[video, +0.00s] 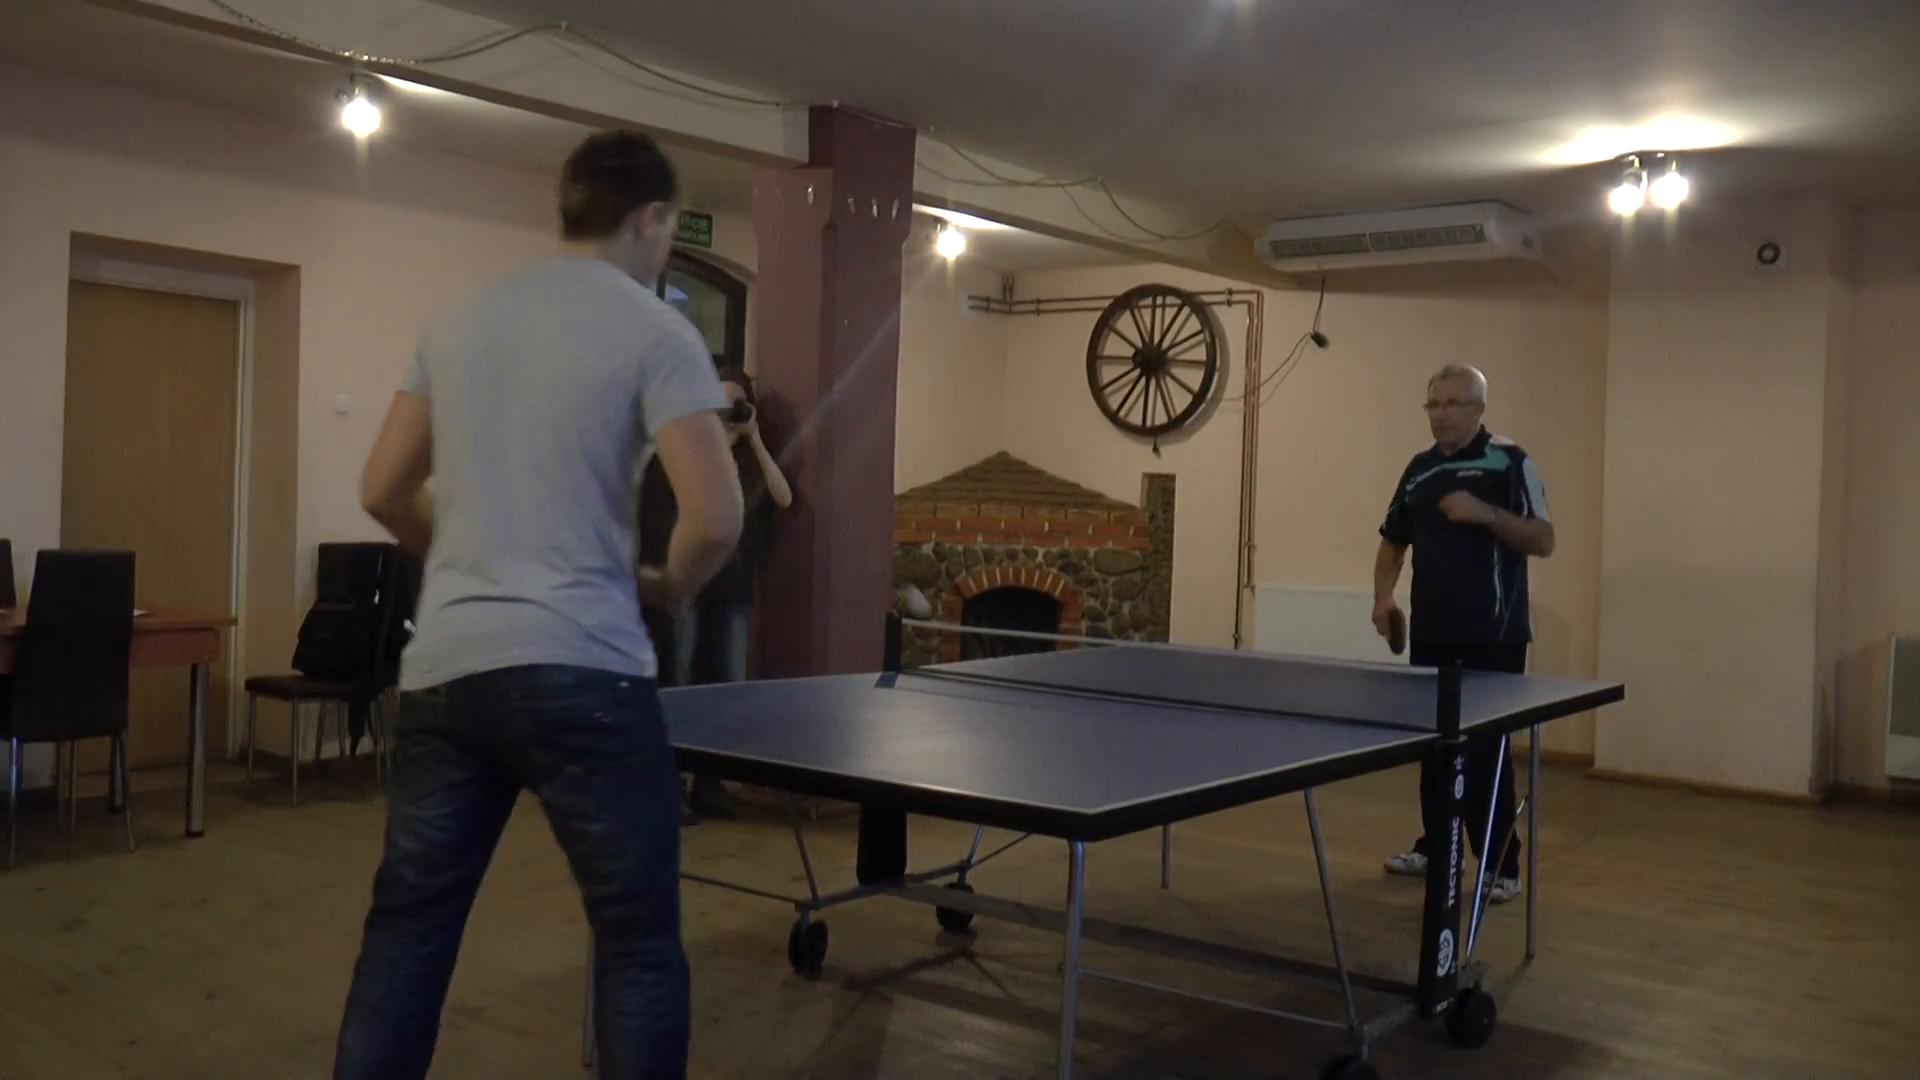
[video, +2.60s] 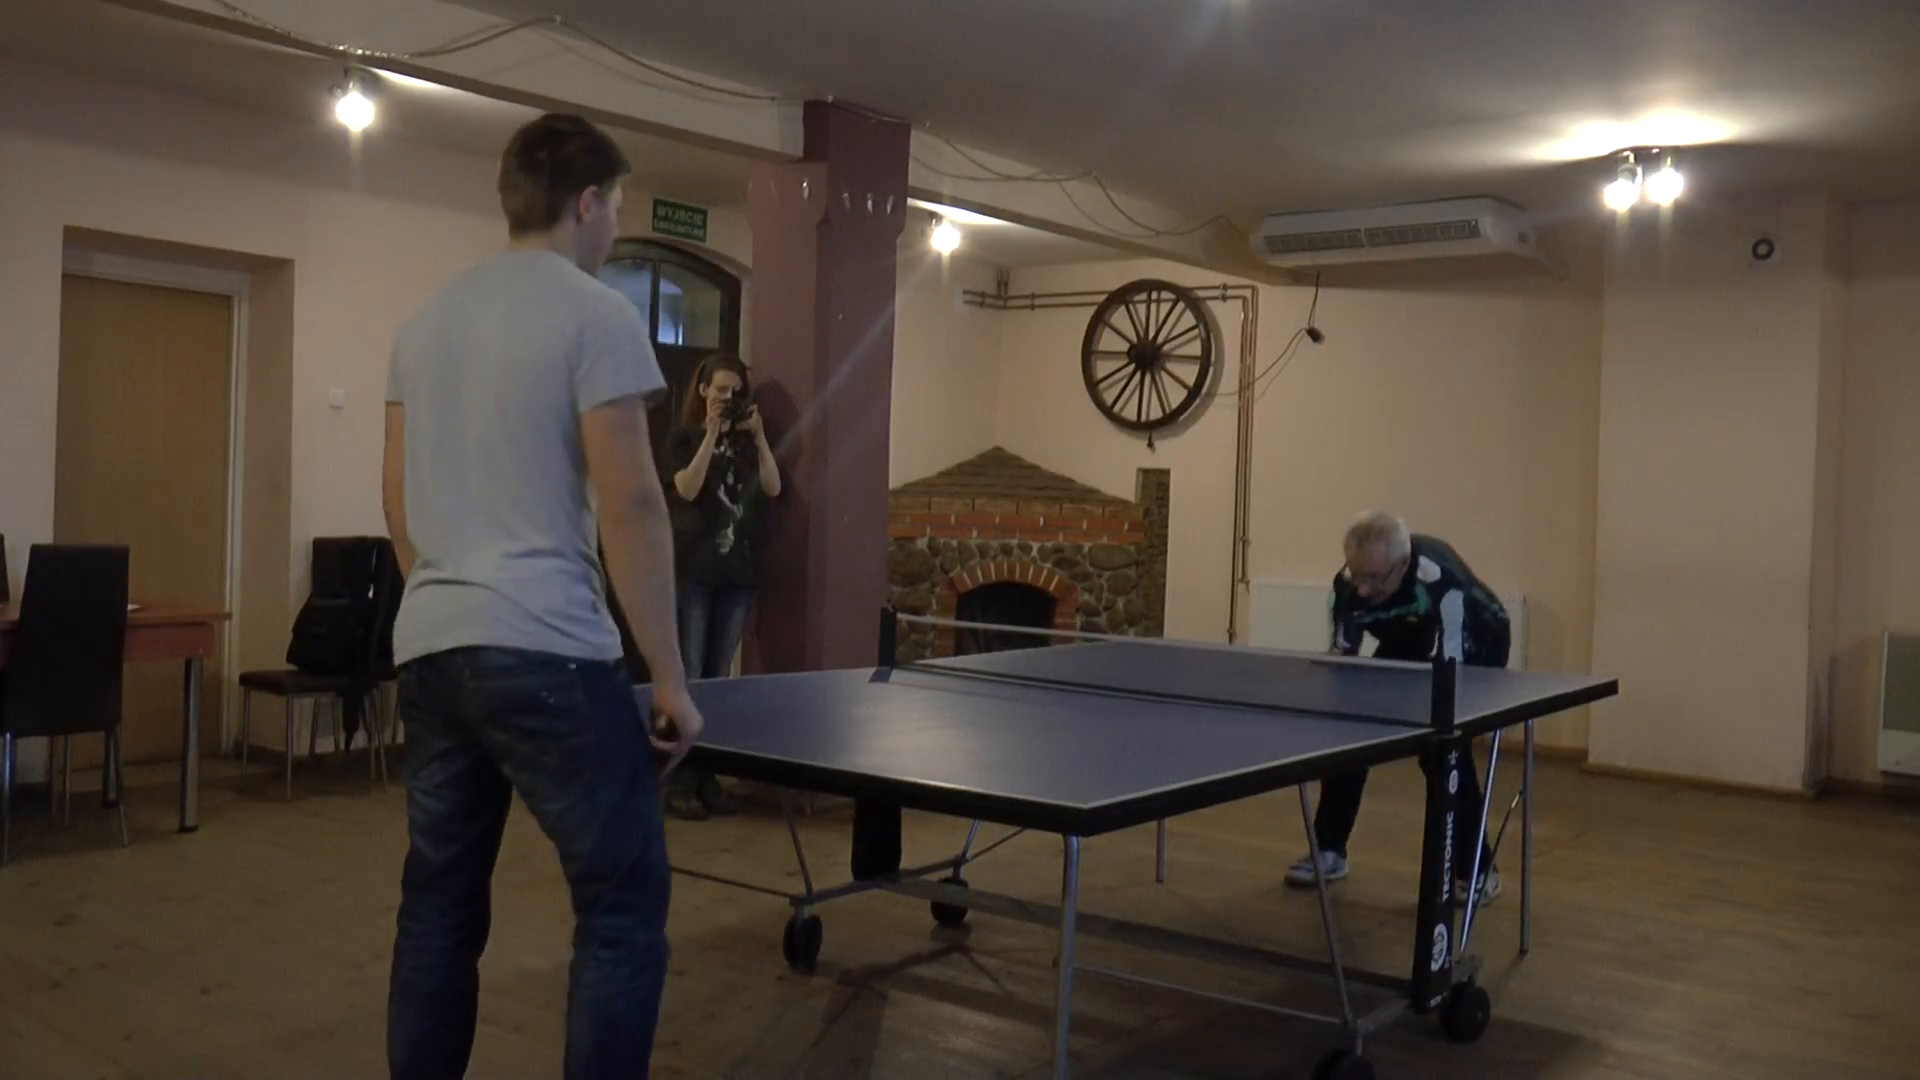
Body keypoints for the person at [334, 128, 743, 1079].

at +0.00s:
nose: (668, 249)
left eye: (671, 232)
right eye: (670, 229)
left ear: (566, 215)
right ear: (647, 222)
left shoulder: (459, 320)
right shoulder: (653, 327)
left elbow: (385, 488)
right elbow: (714, 514)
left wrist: (456, 555)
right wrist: (672, 585)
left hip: (444, 666)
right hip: (583, 668)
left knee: (408, 923)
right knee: (637, 936)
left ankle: (368, 1072)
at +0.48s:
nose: (535, 218)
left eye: (535, 200)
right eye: (536, 199)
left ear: (429, 198)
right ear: (513, 197)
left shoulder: (334, 299)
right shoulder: (548, 309)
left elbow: (249, 477)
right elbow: (672, 453)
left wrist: (309, 566)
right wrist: (747, 529)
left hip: (348, 656)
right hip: (491, 650)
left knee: (342, 941)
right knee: (546, 946)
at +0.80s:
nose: (530, 210)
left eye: (529, 192)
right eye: (530, 190)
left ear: (420, 193)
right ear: (508, 190)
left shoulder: (329, 300)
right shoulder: (549, 311)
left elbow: (252, 478)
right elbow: (619, 509)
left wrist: (313, 577)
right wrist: (605, 590)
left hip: (354, 651)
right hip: (497, 649)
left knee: (347, 933)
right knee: (551, 941)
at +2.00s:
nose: (683, 214)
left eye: (686, 198)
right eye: (684, 196)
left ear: (574, 189)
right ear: (660, 195)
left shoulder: (468, 291)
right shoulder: (673, 320)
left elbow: (383, 452)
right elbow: (708, 529)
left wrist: (443, 598)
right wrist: (714, 641)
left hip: (467, 647)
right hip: (601, 652)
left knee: (425, 905)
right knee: (604, 934)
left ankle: (377, 1071)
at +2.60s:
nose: (616, 230)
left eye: (620, 214)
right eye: (616, 212)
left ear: (511, 203)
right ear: (587, 203)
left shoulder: (423, 322)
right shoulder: (593, 309)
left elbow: (400, 506)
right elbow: (628, 500)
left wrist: (449, 617)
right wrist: (666, 674)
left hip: (429, 651)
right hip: (550, 653)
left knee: (437, 910)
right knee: (622, 912)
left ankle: (419, 1071)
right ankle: (604, 1073)